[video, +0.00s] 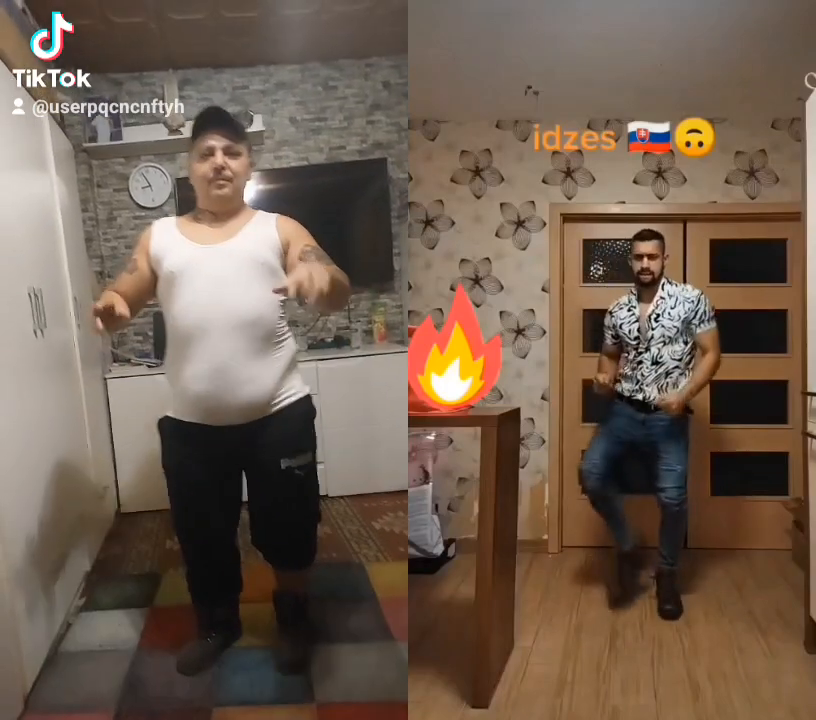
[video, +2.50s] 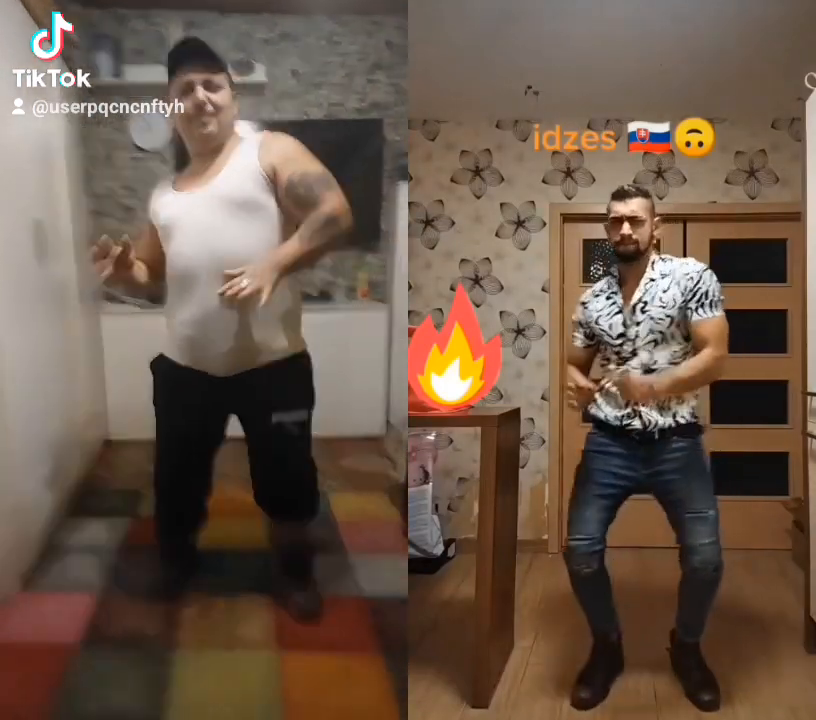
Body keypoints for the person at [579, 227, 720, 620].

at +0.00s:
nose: (645, 264)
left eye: (652, 257)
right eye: (638, 257)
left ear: (664, 260)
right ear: (631, 262)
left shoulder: (690, 300)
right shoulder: (619, 311)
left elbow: (711, 354)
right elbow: (609, 357)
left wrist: (685, 395)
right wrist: (605, 379)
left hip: (668, 415)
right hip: (623, 412)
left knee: (672, 498)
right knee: (592, 475)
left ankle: (667, 575)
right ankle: (627, 549)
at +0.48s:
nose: (642, 259)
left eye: (650, 251)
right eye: (635, 251)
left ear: (661, 255)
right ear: (624, 255)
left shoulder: (684, 303)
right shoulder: (604, 303)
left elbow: (705, 360)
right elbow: (579, 357)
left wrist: (682, 370)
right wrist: (595, 365)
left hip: (676, 422)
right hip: (626, 422)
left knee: (678, 507)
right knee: (610, 504)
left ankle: (661, 576)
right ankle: (632, 596)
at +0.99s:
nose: (638, 251)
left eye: (646, 243)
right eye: (630, 243)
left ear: (656, 245)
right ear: (617, 244)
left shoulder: (678, 294)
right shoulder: (591, 295)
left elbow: (707, 361)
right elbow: (574, 350)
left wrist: (701, 345)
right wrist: (583, 369)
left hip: (670, 414)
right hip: (616, 417)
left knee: (699, 502)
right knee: (616, 513)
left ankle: (673, 589)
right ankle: (634, 600)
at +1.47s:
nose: (648, 245)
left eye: (656, 237)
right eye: (639, 237)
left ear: (666, 240)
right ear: (625, 240)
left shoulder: (689, 295)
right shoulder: (597, 293)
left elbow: (715, 368)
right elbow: (580, 354)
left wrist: (697, 333)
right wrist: (594, 393)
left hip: (675, 429)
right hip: (618, 429)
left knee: (704, 521)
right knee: (613, 527)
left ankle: (685, 631)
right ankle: (632, 600)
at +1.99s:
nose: (644, 223)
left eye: (654, 214)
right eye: (636, 216)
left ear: (676, 218)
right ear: (629, 224)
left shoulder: (709, 271)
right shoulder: (621, 287)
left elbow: (739, 347)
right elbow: (614, 358)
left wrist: (684, 383)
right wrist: (603, 371)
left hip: (695, 432)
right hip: (633, 427)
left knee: (705, 548)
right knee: (582, 507)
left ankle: (686, 648)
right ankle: (614, 635)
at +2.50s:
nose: (623, 231)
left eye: (635, 221)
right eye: (615, 222)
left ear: (656, 226)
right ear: (605, 229)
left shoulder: (691, 278)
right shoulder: (594, 298)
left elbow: (716, 354)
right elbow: (575, 364)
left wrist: (655, 386)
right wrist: (576, 378)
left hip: (676, 444)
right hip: (608, 443)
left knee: (705, 560)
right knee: (581, 549)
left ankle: (687, 648)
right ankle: (606, 649)